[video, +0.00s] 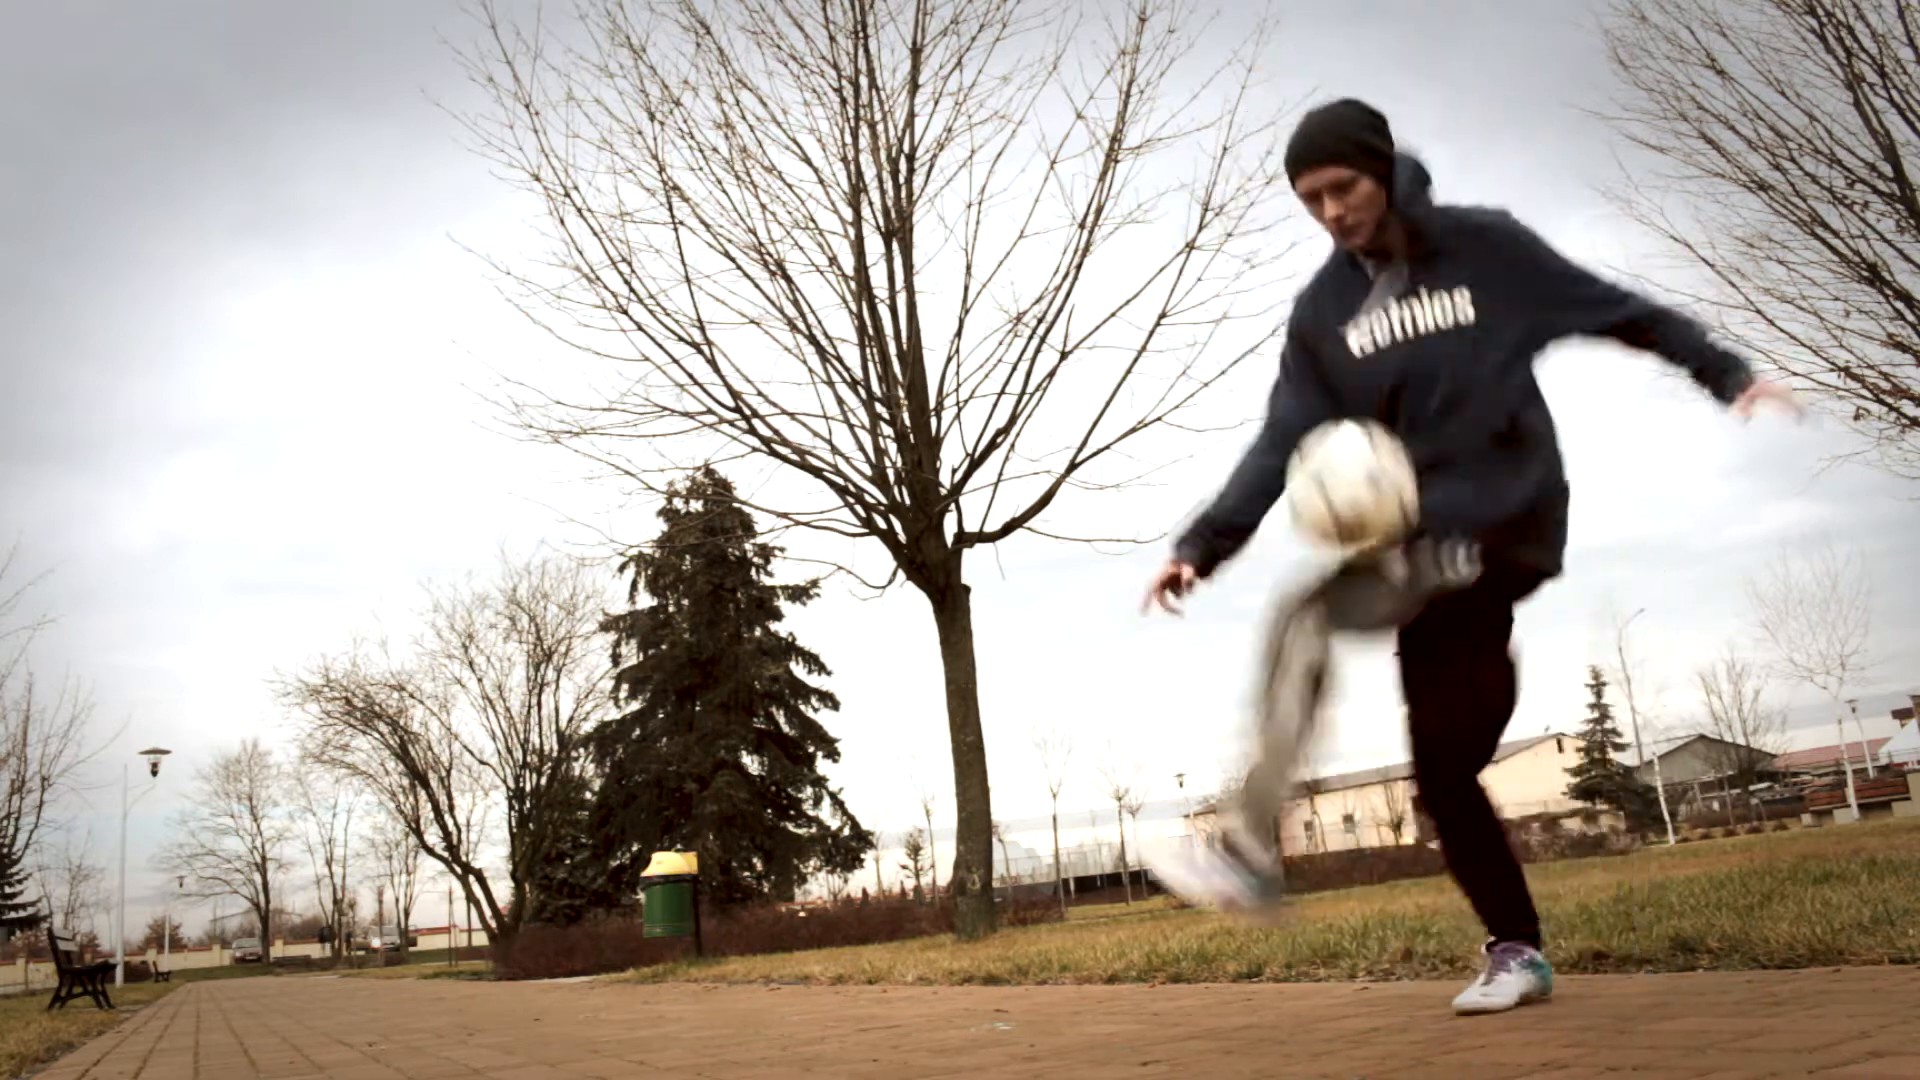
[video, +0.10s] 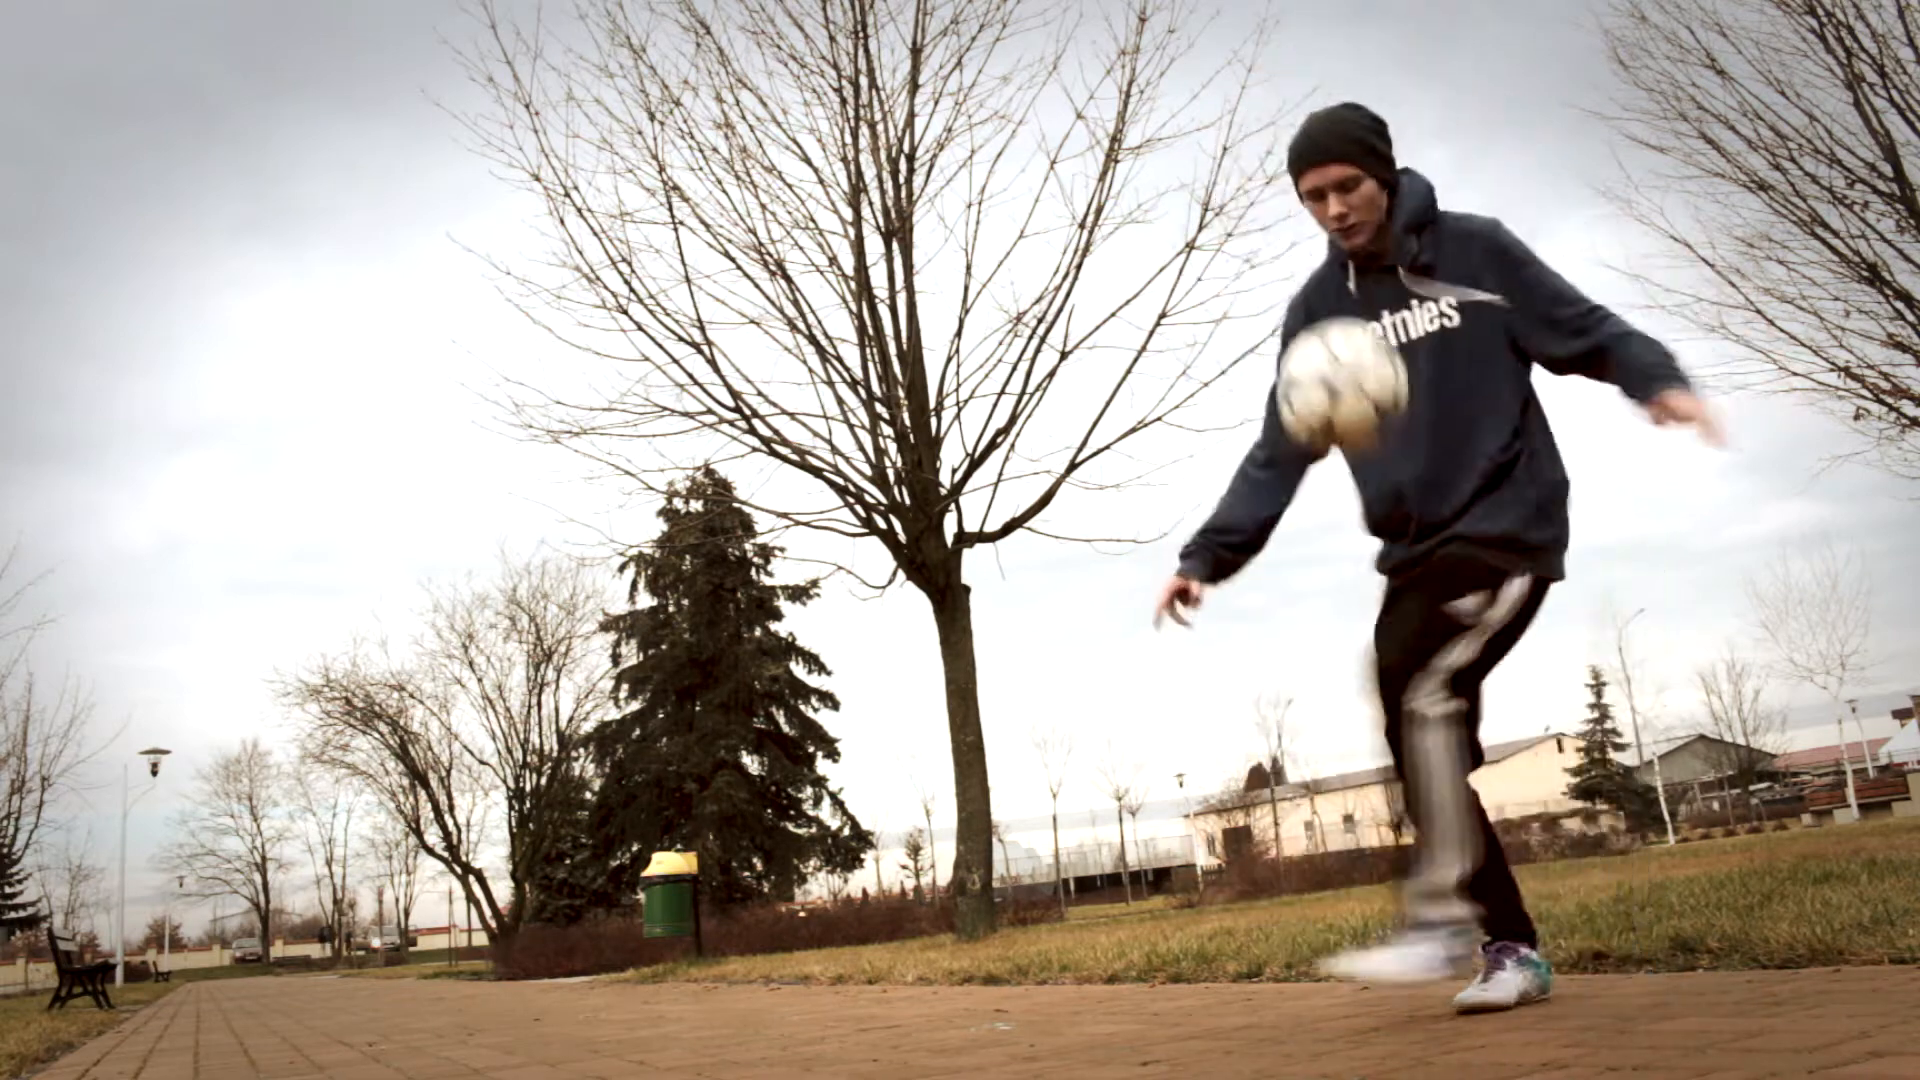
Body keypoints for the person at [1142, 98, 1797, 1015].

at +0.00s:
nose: (1333, 212)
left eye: (1344, 188)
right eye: (1315, 200)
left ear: (1386, 172)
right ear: (1307, 204)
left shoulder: (1483, 246)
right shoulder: (1322, 313)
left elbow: (1615, 309)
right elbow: (1282, 439)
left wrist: (1726, 372)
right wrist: (1202, 545)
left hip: (1509, 514)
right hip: (1423, 537)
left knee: (1310, 612)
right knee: (1443, 771)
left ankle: (1253, 850)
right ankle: (1516, 949)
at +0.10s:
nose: (1336, 209)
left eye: (1349, 187)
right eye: (1317, 196)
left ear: (1386, 176)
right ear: (1303, 204)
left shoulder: (1474, 251)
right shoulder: (1316, 311)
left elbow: (1580, 327)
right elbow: (1280, 447)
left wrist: (1656, 380)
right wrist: (1208, 557)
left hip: (1510, 523)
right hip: (1414, 549)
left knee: (1428, 688)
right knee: (1417, 736)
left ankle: (1441, 921)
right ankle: (1511, 948)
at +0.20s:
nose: (1341, 195)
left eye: (1354, 174)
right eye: (1321, 183)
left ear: (1390, 167)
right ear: (1306, 191)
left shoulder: (1455, 239)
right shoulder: (1301, 298)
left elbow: (1539, 306)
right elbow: (1260, 422)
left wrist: (1599, 338)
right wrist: (1195, 515)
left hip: (1500, 482)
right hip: (1401, 537)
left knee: (1504, 562)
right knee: (1405, 753)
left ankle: (1541, 787)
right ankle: (1502, 947)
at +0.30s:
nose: (1358, 195)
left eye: (1372, 175)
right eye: (1339, 182)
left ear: (1405, 173)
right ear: (1322, 193)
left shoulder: (1475, 251)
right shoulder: (1309, 298)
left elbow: (1583, 302)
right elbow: (1256, 404)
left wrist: (1707, 319)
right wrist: (1195, 485)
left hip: (1484, 492)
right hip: (1392, 537)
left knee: (1511, 364)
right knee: (1397, 730)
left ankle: (1562, 493)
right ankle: (1494, 941)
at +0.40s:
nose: (1363, 166)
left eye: (1379, 143)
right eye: (1346, 150)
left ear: (1417, 146)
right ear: (1333, 163)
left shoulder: (1507, 229)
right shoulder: (1328, 269)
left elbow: (1651, 244)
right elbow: (1251, 334)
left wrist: (1798, 213)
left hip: (1493, 461)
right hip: (1394, 513)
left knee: (1491, 274)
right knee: (1417, 714)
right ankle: (1498, 931)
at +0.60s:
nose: (1363, 82)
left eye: (1374, 60)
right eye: (1343, 73)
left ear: (1409, 52)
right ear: (1330, 84)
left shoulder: (1490, 124)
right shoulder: (1339, 159)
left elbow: (1586, 135)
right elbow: (1293, 223)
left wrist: (1687, 137)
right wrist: (1227, 232)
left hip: (1526, 338)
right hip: (1427, 373)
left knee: (1469, 492)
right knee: (1331, 507)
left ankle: (1533, 720)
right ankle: (1304, 715)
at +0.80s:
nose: (1382, 201)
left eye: (1395, 179)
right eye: (1364, 189)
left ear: (1434, 175)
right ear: (1350, 200)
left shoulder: (1520, 248)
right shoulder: (1345, 303)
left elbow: (1659, 265)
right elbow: (1322, 410)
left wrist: (1805, 226)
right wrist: (1282, 486)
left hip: (1527, 519)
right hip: (1430, 539)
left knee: (1567, 724)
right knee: (1451, 379)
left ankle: (1612, 938)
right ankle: (1665, 509)